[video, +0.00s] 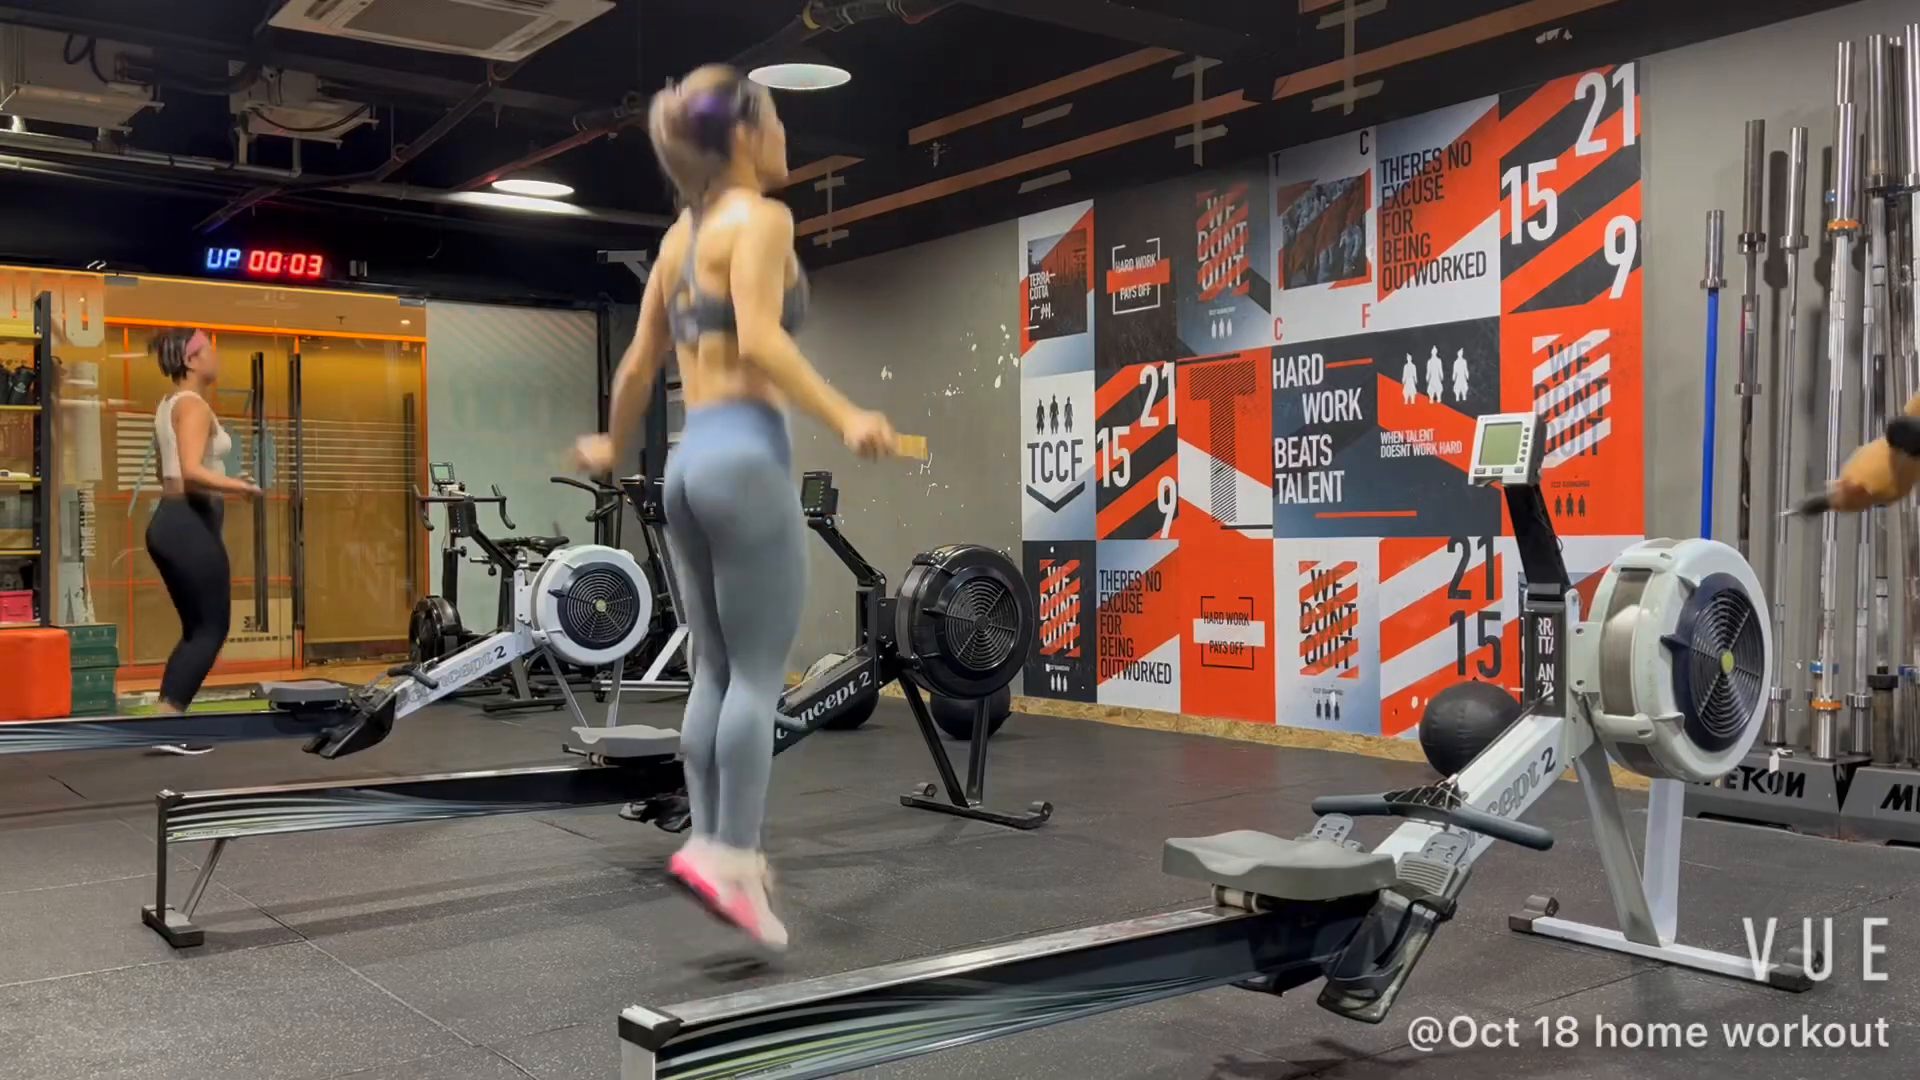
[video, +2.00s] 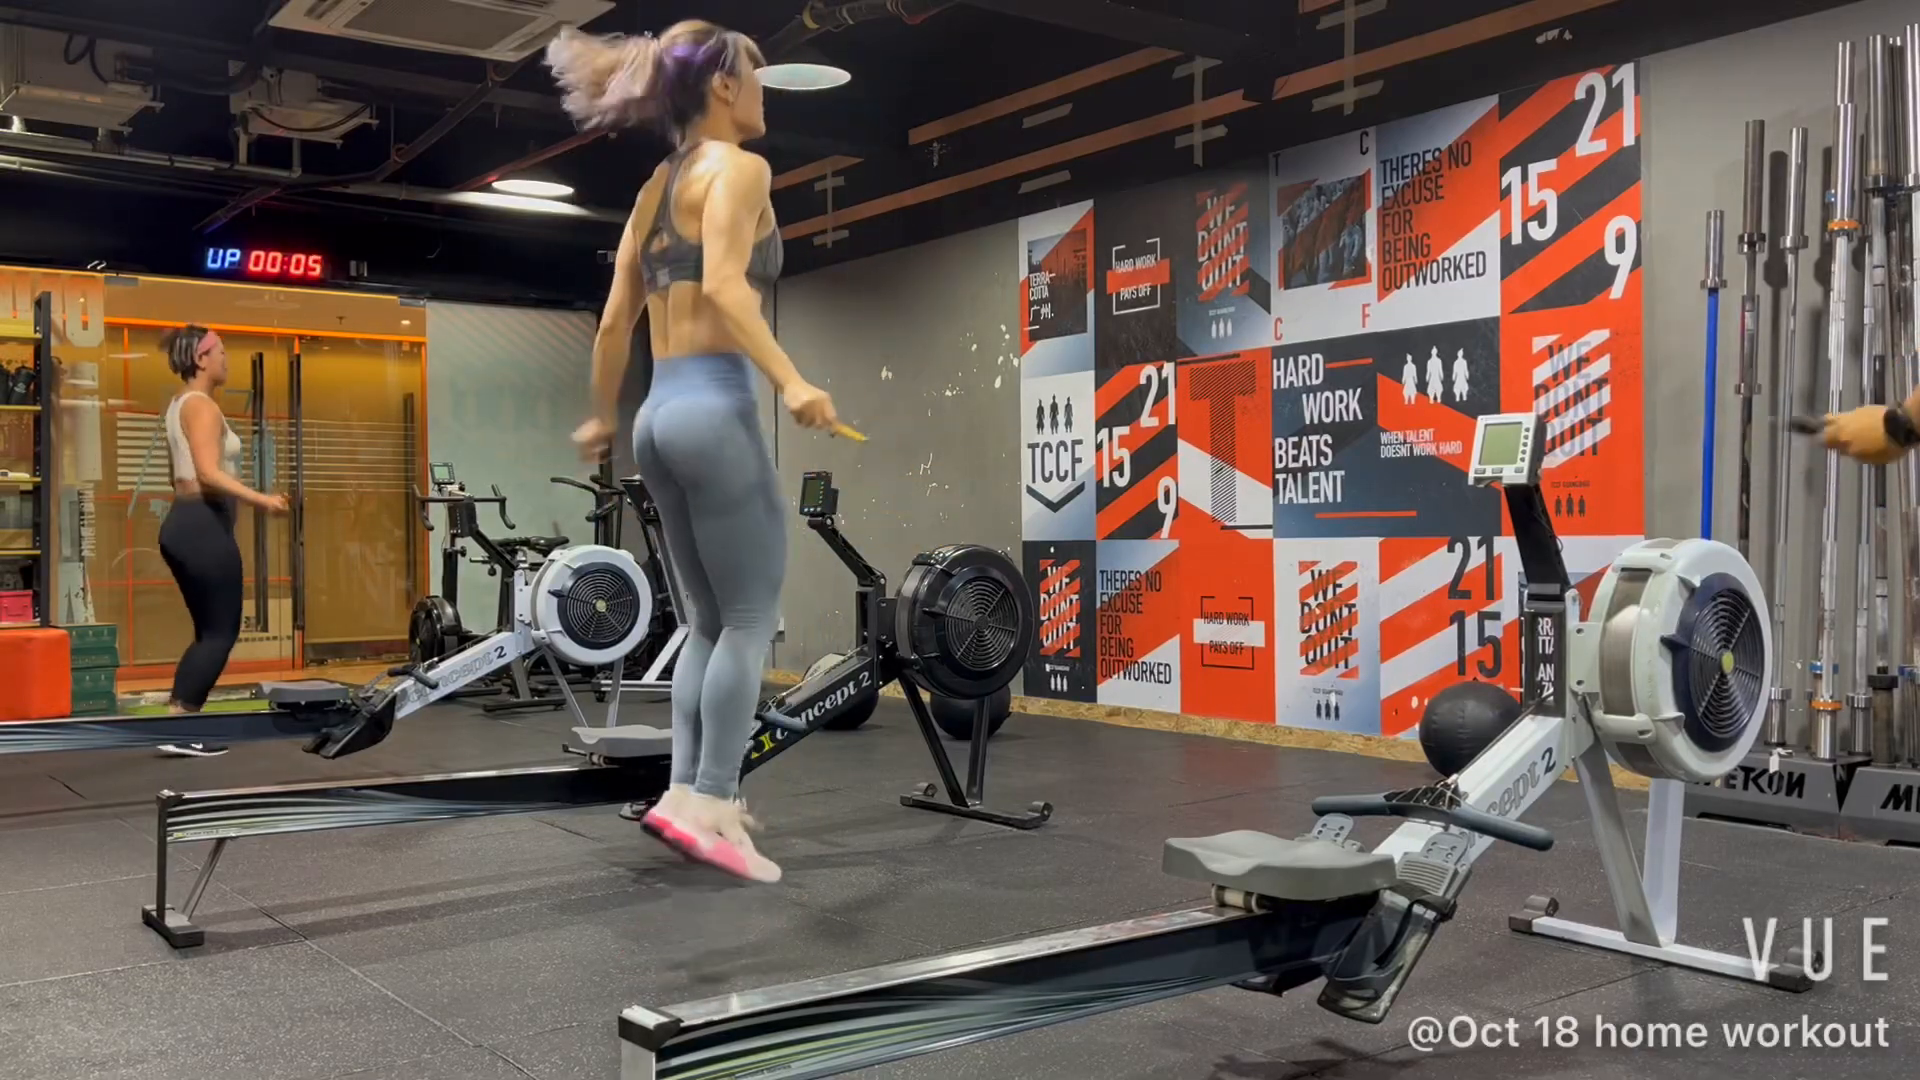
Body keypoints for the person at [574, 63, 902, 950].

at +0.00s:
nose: (781, 133)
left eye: (774, 118)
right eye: (771, 120)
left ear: (704, 145)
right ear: (744, 135)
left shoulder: (677, 237)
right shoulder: (763, 217)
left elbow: (640, 363)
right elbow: (758, 338)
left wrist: (611, 444)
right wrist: (847, 418)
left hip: (686, 457)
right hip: (742, 451)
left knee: (711, 671)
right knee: (755, 674)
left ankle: (709, 846)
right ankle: (736, 856)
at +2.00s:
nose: (763, 96)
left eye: (759, 80)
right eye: (754, 82)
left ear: (691, 96)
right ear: (722, 87)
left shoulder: (654, 188)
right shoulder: (739, 166)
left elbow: (616, 319)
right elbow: (722, 285)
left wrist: (605, 413)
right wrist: (791, 381)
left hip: (657, 412)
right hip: (714, 408)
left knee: (704, 621)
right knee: (750, 618)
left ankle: (689, 795)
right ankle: (712, 805)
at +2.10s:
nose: (759, 140)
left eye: (753, 125)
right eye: (747, 126)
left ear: (692, 148)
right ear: (717, 141)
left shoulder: (655, 240)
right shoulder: (729, 217)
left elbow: (599, 353)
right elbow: (715, 333)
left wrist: (544, 441)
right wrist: (789, 417)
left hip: (667, 468)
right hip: (712, 462)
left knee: (709, 673)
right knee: (748, 667)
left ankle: (686, 849)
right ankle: (710, 859)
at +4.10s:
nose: (762, 187)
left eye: (755, 173)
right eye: (751, 174)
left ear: (673, 191)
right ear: (728, 185)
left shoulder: (657, 277)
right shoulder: (726, 266)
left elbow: (618, 400)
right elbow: (722, 397)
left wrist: (610, 481)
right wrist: (810, 482)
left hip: (658, 503)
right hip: (710, 497)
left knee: (694, 707)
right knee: (742, 700)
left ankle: (659, 898)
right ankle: (681, 906)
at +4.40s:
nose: (771, 111)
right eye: (761, 96)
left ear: (683, 93)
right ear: (727, 93)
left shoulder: (675, 187)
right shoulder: (730, 176)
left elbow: (630, 316)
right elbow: (710, 309)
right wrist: (791, 391)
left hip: (667, 413)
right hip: (713, 409)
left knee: (706, 607)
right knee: (729, 606)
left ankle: (689, 811)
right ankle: (690, 812)